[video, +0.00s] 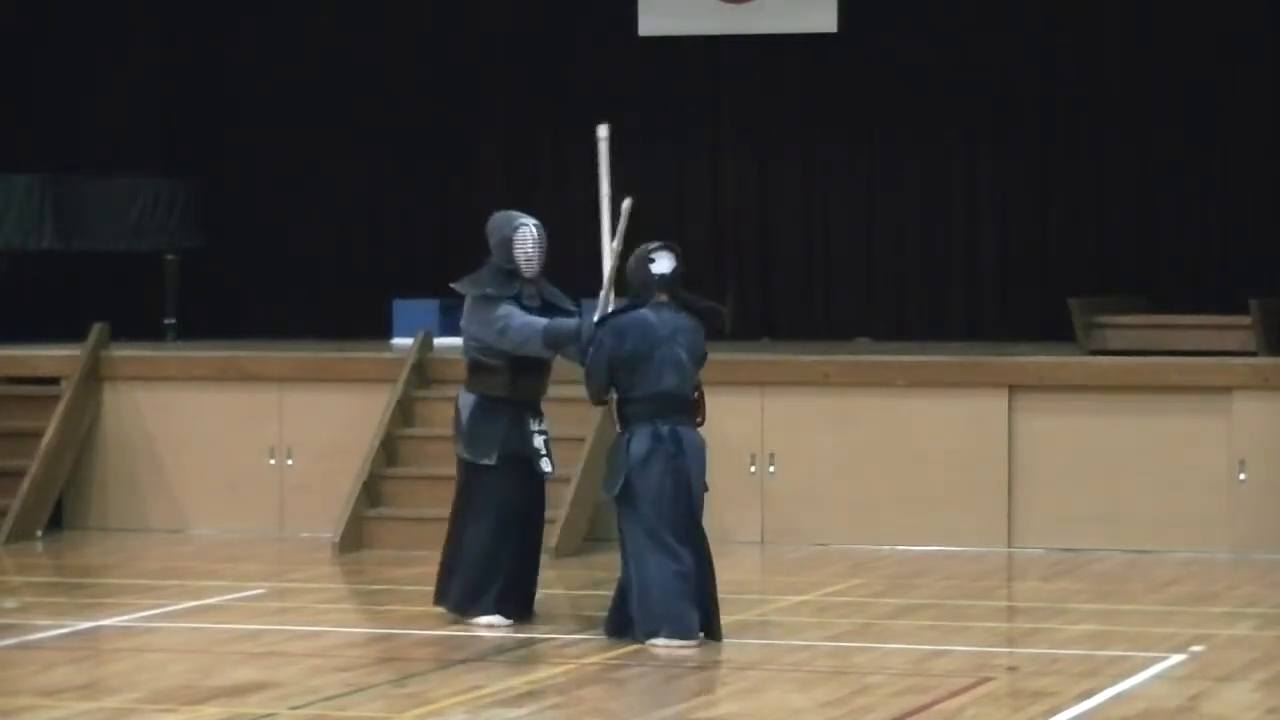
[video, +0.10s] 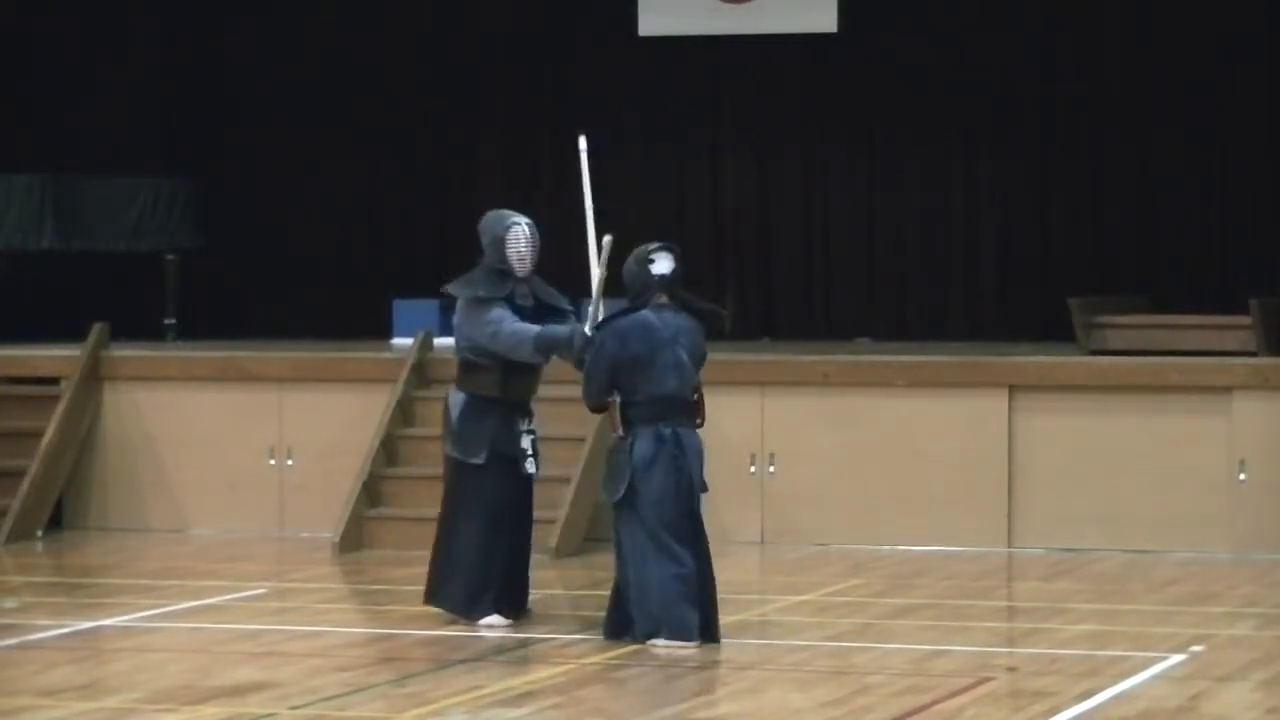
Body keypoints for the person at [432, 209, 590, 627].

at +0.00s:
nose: (533, 254)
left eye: (537, 245)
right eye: (524, 245)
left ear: (543, 249)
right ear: (502, 248)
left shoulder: (542, 296)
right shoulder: (485, 301)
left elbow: (578, 323)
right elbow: (525, 332)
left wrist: (615, 309)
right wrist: (583, 329)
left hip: (525, 412)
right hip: (490, 411)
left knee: (526, 508)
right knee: (493, 506)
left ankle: (512, 603)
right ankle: (476, 603)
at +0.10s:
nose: (523, 253)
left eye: (528, 244)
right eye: (514, 245)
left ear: (536, 248)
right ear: (494, 249)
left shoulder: (539, 296)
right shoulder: (477, 301)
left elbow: (573, 335)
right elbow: (512, 337)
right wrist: (571, 337)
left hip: (516, 413)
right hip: (479, 412)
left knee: (515, 508)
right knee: (483, 508)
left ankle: (509, 600)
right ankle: (477, 604)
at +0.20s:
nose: (518, 253)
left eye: (522, 244)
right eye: (508, 245)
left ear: (529, 247)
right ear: (488, 249)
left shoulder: (533, 296)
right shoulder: (470, 302)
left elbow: (567, 337)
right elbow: (504, 339)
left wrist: (594, 338)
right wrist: (563, 340)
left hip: (508, 413)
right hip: (470, 413)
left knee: (509, 508)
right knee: (476, 507)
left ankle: (498, 603)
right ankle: (474, 606)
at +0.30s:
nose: (511, 252)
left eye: (516, 243)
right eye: (502, 244)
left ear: (522, 247)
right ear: (481, 248)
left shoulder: (530, 297)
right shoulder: (463, 301)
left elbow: (558, 347)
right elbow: (494, 341)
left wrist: (579, 344)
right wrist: (557, 340)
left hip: (503, 412)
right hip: (464, 412)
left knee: (500, 506)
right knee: (469, 506)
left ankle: (487, 601)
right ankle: (467, 604)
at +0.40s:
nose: (504, 252)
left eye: (509, 243)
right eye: (494, 244)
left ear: (516, 246)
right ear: (473, 248)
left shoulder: (523, 296)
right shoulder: (456, 299)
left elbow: (550, 345)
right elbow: (485, 339)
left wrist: (572, 340)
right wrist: (548, 335)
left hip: (498, 412)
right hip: (458, 410)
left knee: (493, 508)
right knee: (457, 506)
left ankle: (481, 602)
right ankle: (449, 602)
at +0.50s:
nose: (500, 254)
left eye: (505, 245)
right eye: (491, 245)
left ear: (511, 248)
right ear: (470, 250)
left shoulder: (513, 298)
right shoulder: (451, 304)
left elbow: (541, 347)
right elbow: (490, 335)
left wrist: (566, 341)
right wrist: (548, 321)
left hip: (491, 414)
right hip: (452, 413)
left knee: (487, 509)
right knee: (450, 508)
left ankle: (481, 606)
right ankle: (436, 604)